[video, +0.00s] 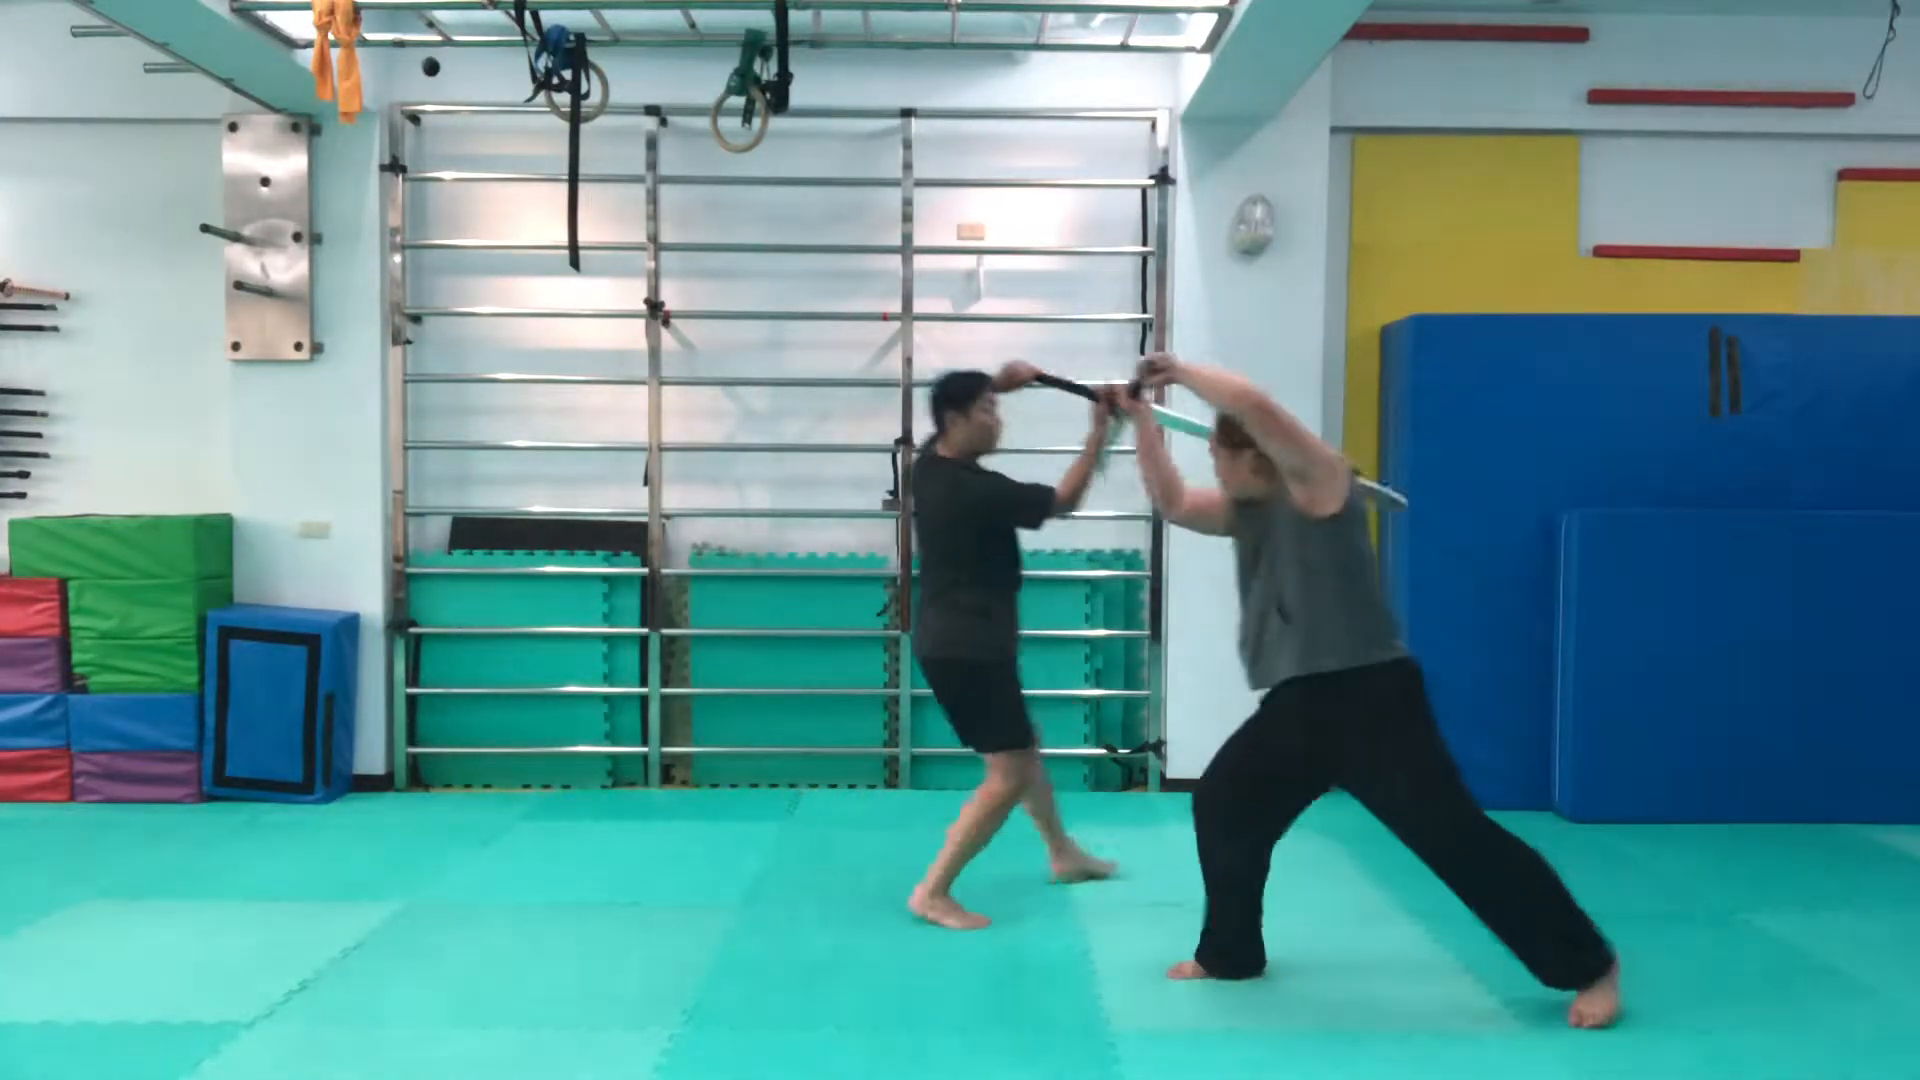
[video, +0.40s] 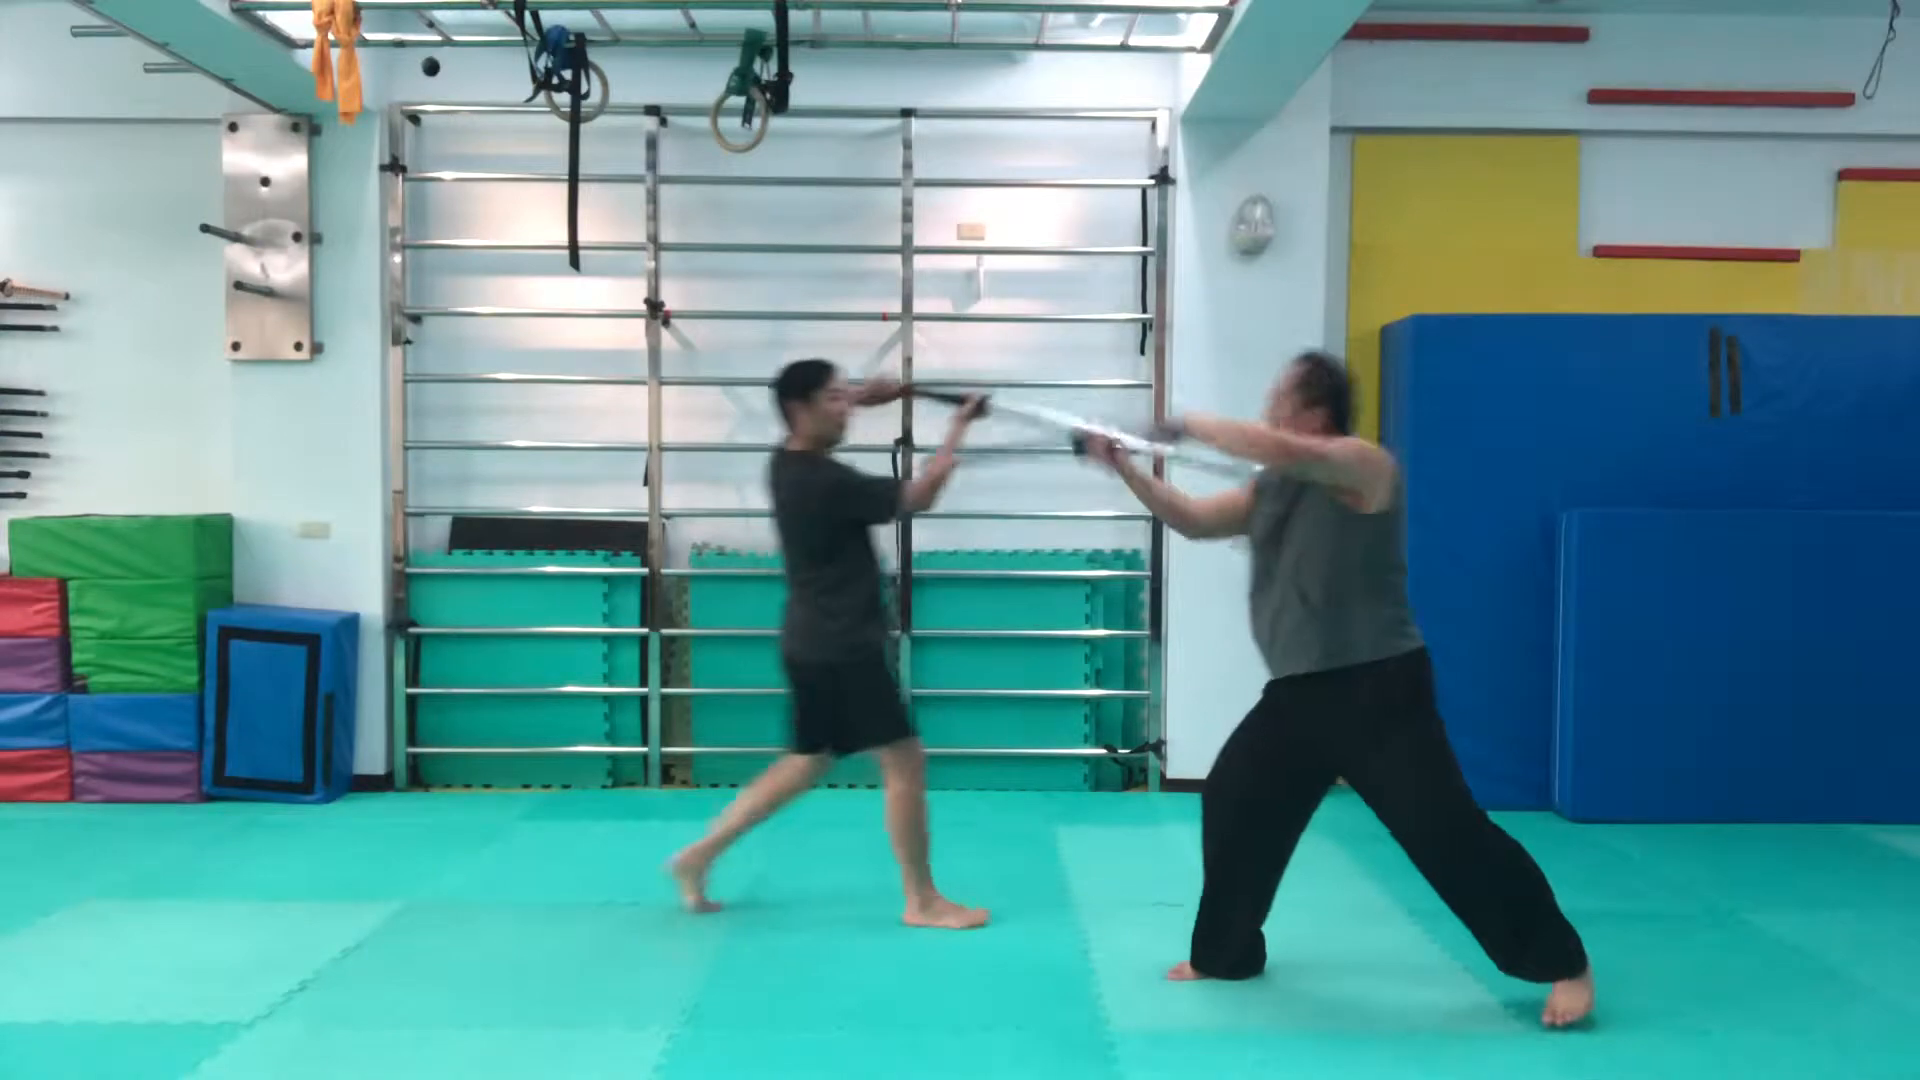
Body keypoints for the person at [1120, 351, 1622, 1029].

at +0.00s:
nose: (1219, 465)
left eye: (1228, 453)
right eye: (1218, 454)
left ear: (1262, 452)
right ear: (1228, 457)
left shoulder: (1320, 486)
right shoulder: (1246, 510)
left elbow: (1249, 403)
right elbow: (1174, 500)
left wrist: (1179, 370)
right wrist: (1141, 417)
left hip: (1372, 698)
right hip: (1300, 705)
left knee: (1453, 835)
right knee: (1224, 802)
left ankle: (1591, 966)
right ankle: (1230, 956)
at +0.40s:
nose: (1268, 413)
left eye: (1280, 403)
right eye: (1269, 403)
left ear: (1321, 413)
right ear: (1288, 415)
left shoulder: (1368, 467)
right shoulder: (1269, 490)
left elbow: (1279, 449)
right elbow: (1194, 518)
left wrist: (1187, 427)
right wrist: (1126, 467)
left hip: (1381, 690)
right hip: (1299, 697)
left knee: (1447, 833)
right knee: (1233, 801)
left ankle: (1565, 964)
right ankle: (1227, 957)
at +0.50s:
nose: (1323, 400)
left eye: (1339, 390)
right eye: (1327, 388)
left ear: (1379, 407)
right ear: (1352, 407)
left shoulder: (1419, 472)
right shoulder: (1319, 487)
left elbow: (1347, 507)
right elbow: (1258, 547)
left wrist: (1255, 509)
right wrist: (1178, 533)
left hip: (1408, 694)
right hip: (1322, 696)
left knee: (1465, 837)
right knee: (1260, 808)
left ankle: (1571, 977)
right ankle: (1229, 956)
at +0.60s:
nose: (1375, 390)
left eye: (1391, 380)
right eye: (1379, 378)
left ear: (1432, 395)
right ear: (1397, 393)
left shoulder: (1473, 480)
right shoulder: (1363, 484)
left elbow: (1418, 562)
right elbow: (1327, 565)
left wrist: (1329, 576)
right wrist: (1256, 604)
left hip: (1449, 693)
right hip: (1363, 691)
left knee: (1494, 838)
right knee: (1300, 816)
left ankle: (1572, 990)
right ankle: (1237, 945)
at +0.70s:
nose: (1415, 381)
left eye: (1431, 371)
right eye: (1419, 370)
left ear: (1476, 388)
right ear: (1450, 388)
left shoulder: (1521, 474)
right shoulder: (1401, 477)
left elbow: (1502, 568)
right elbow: (1368, 573)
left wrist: (1400, 620)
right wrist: (1341, 645)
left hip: (1482, 693)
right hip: (1398, 688)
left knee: (1513, 842)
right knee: (1336, 810)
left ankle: (1572, 996)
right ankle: (1268, 935)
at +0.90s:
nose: (1458, 368)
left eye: (1473, 359)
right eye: (1461, 357)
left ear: (1519, 375)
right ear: (1483, 373)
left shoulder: (1561, 464)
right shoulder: (1430, 461)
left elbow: (1556, 563)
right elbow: (1408, 549)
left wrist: (1463, 613)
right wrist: (1393, 631)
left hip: (1513, 685)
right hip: (1428, 677)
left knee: (1528, 834)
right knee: (1371, 781)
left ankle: (1572, 994)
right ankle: (1390, 916)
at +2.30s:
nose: (1393, 410)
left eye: (1406, 399)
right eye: (1391, 400)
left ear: (1451, 406)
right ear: (1393, 409)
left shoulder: (1498, 474)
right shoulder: (1384, 490)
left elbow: (1463, 558)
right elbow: (1333, 553)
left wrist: (1368, 602)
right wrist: (1285, 569)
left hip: (1489, 680)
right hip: (1405, 679)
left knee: (1518, 817)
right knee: (1386, 795)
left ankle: (1584, 946)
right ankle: (1392, 914)